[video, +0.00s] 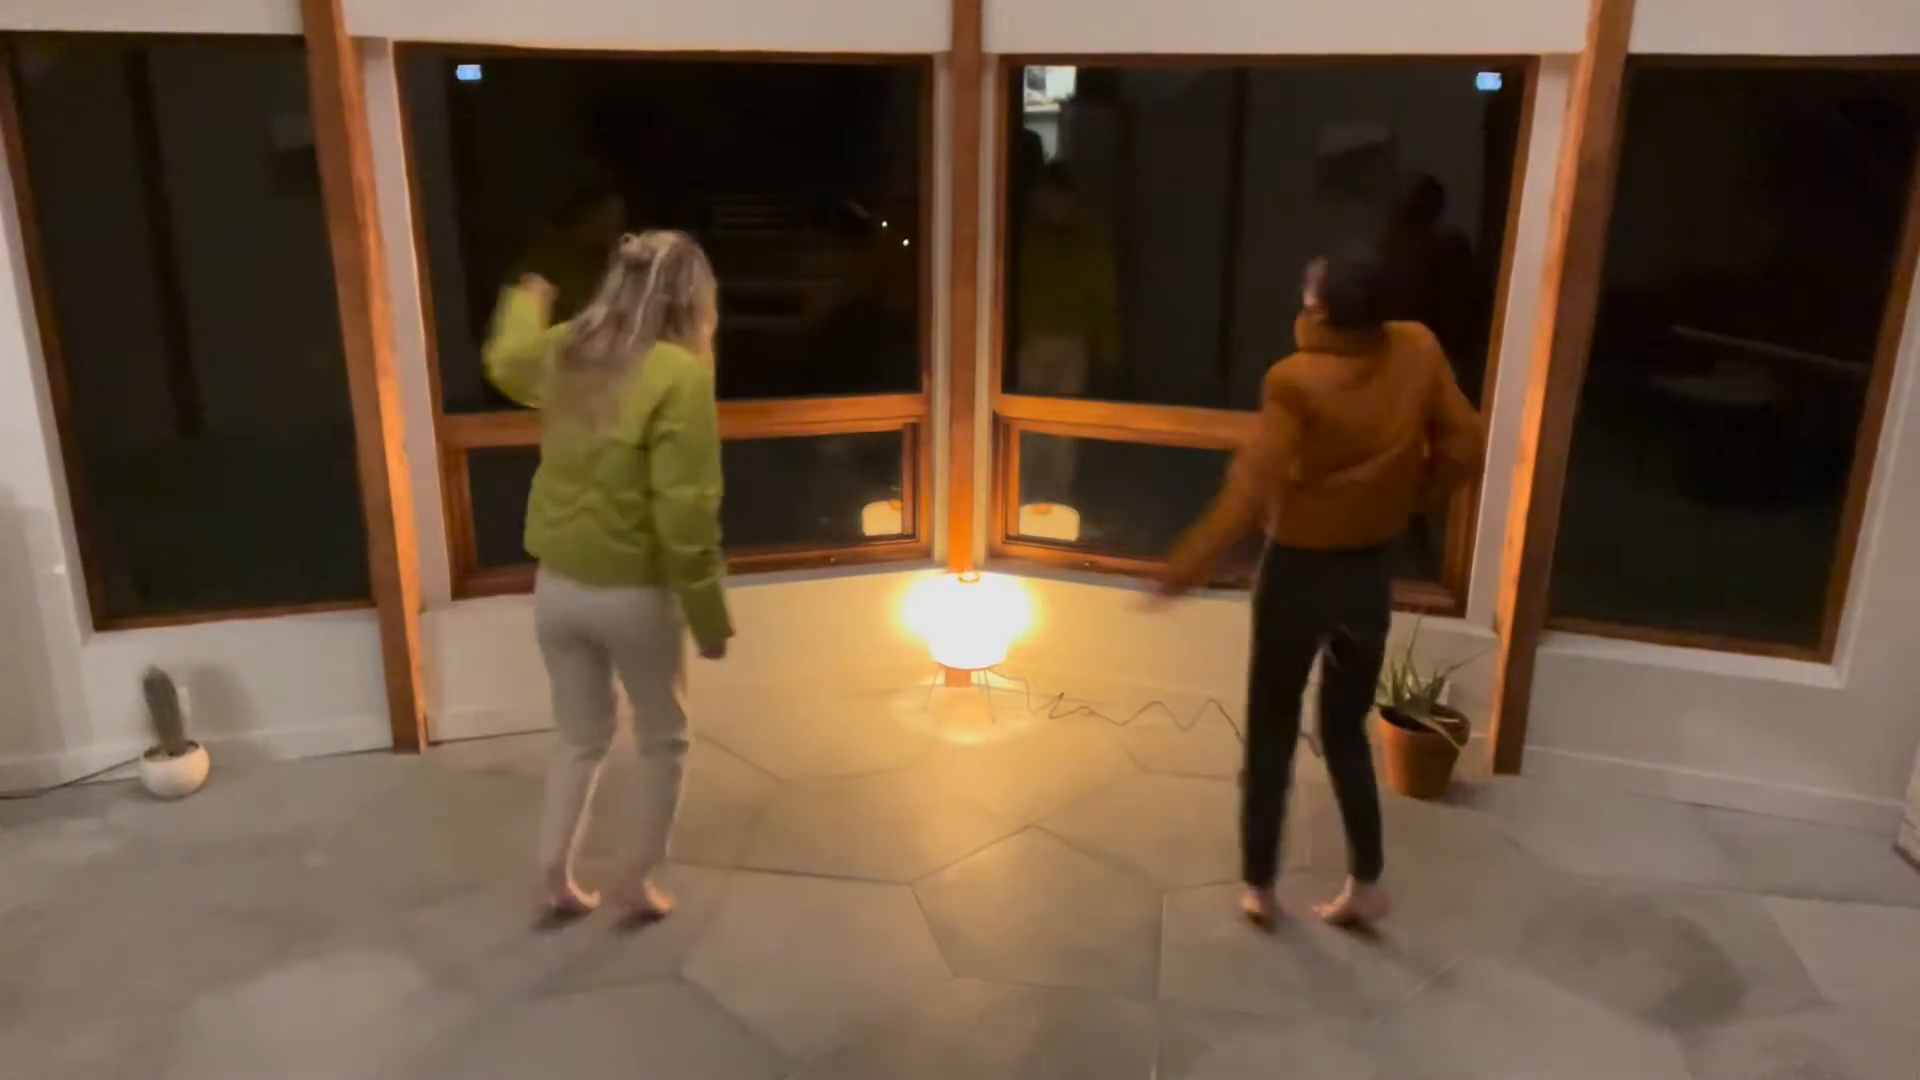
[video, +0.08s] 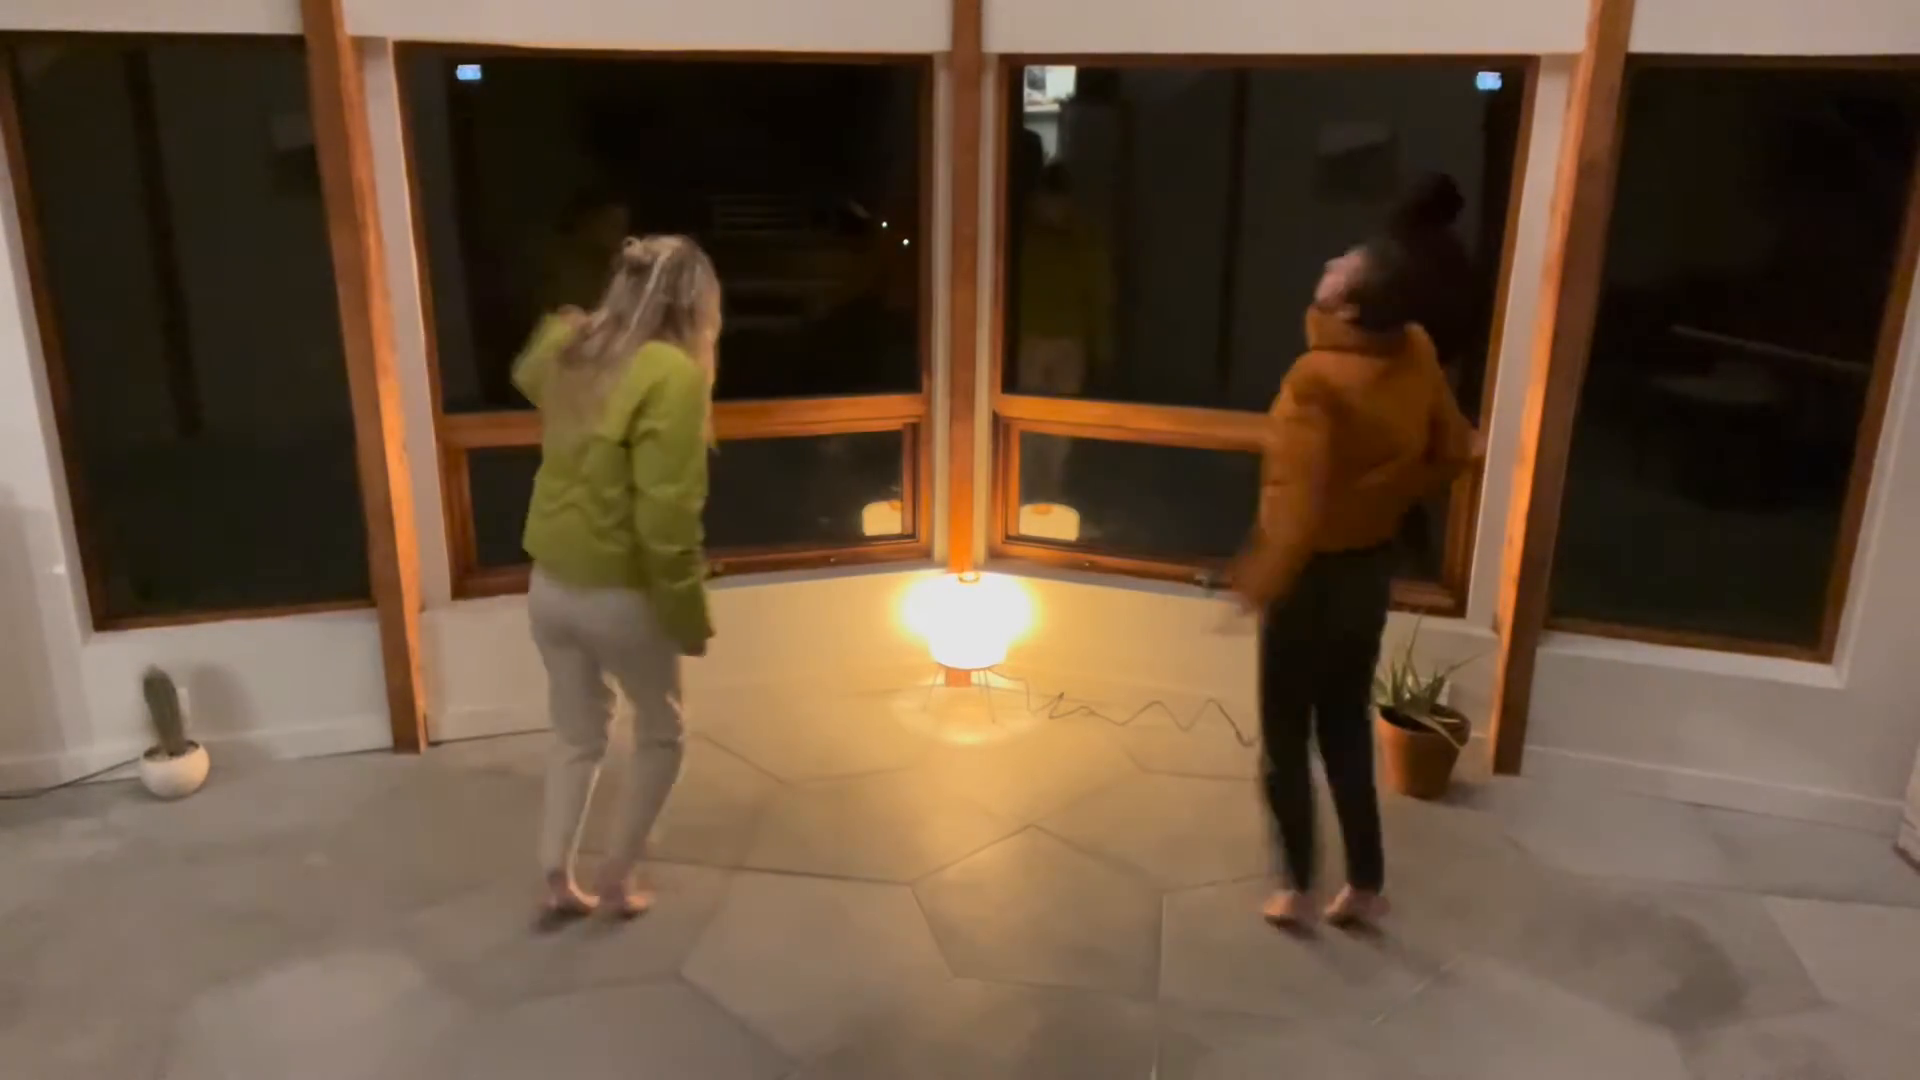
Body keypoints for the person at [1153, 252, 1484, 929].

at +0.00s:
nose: (1301, 308)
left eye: (1308, 299)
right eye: (1307, 296)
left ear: (1326, 310)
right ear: (1367, 306)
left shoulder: (1294, 381)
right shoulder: (1416, 348)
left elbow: (1248, 496)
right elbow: (1467, 443)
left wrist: (1179, 571)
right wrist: (1411, 494)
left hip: (1295, 576)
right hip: (1369, 575)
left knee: (1271, 730)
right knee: (1345, 726)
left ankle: (1258, 887)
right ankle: (1366, 885)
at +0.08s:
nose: (1323, 277)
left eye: (1336, 273)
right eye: (1333, 268)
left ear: (1353, 299)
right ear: (1381, 303)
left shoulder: (1313, 380)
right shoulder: (1414, 356)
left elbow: (1293, 508)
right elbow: (1454, 448)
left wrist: (1256, 583)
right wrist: (1388, 492)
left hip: (1307, 575)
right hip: (1368, 574)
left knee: (1284, 739)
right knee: (1346, 733)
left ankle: (1294, 888)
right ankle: (1366, 886)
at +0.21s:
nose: (1366, 262)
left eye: (1384, 266)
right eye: (1381, 257)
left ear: (1394, 303)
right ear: (1382, 291)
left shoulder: (1361, 372)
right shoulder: (1353, 358)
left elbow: (1390, 487)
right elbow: (1386, 481)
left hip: (1331, 570)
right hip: (1322, 562)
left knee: (1300, 731)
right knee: (1301, 720)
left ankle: (1337, 884)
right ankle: (1353, 851)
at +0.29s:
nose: (1369, 255)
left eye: (1386, 259)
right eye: (1381, 251)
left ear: (1398, 297)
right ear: (1383, 287)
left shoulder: (1388, 364)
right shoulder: (1326, 347)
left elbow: (1446, 465)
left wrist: (1505, 568)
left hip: (1350, 567)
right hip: (1303, 557)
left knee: (1330, 736)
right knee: (1301, 737)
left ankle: (1335, 888)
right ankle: (1336, 867)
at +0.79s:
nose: (1432, 302)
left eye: (1429, 290)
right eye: (1422, 291)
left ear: (1384, 297)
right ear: (1389, 298)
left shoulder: (1380, 356)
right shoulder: (1352, 362)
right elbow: (1300, 455)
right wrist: (1247, 545)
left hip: (1338, 553)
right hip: (1320, 556)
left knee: (1324, 705)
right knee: (1325, 709)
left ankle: (1272, 837)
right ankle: (1273, 846)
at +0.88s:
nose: (1424, 325)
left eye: (1426, 312)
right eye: (1421, 312)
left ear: (1376, 302)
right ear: (1395, 310)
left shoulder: (1342, 345)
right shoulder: (1359, 364)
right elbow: (1320, 465)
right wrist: (1308, 565)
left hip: (1319, 545)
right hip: (1329, 553)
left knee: (1304, 700)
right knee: (1336, 726)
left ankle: (1252, 822)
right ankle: (1268, 848)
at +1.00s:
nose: (1426, 316)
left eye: (1427, 305)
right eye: (1429, 305)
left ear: (1366, 284)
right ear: (1417, 302)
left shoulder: (1324, 330)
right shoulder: (1390, 355)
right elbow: (1396, 475)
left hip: (1281, 537)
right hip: (1333, 550)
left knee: (1281, 695)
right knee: (1323, 708)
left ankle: (1253, 819)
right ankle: (1274, 850)